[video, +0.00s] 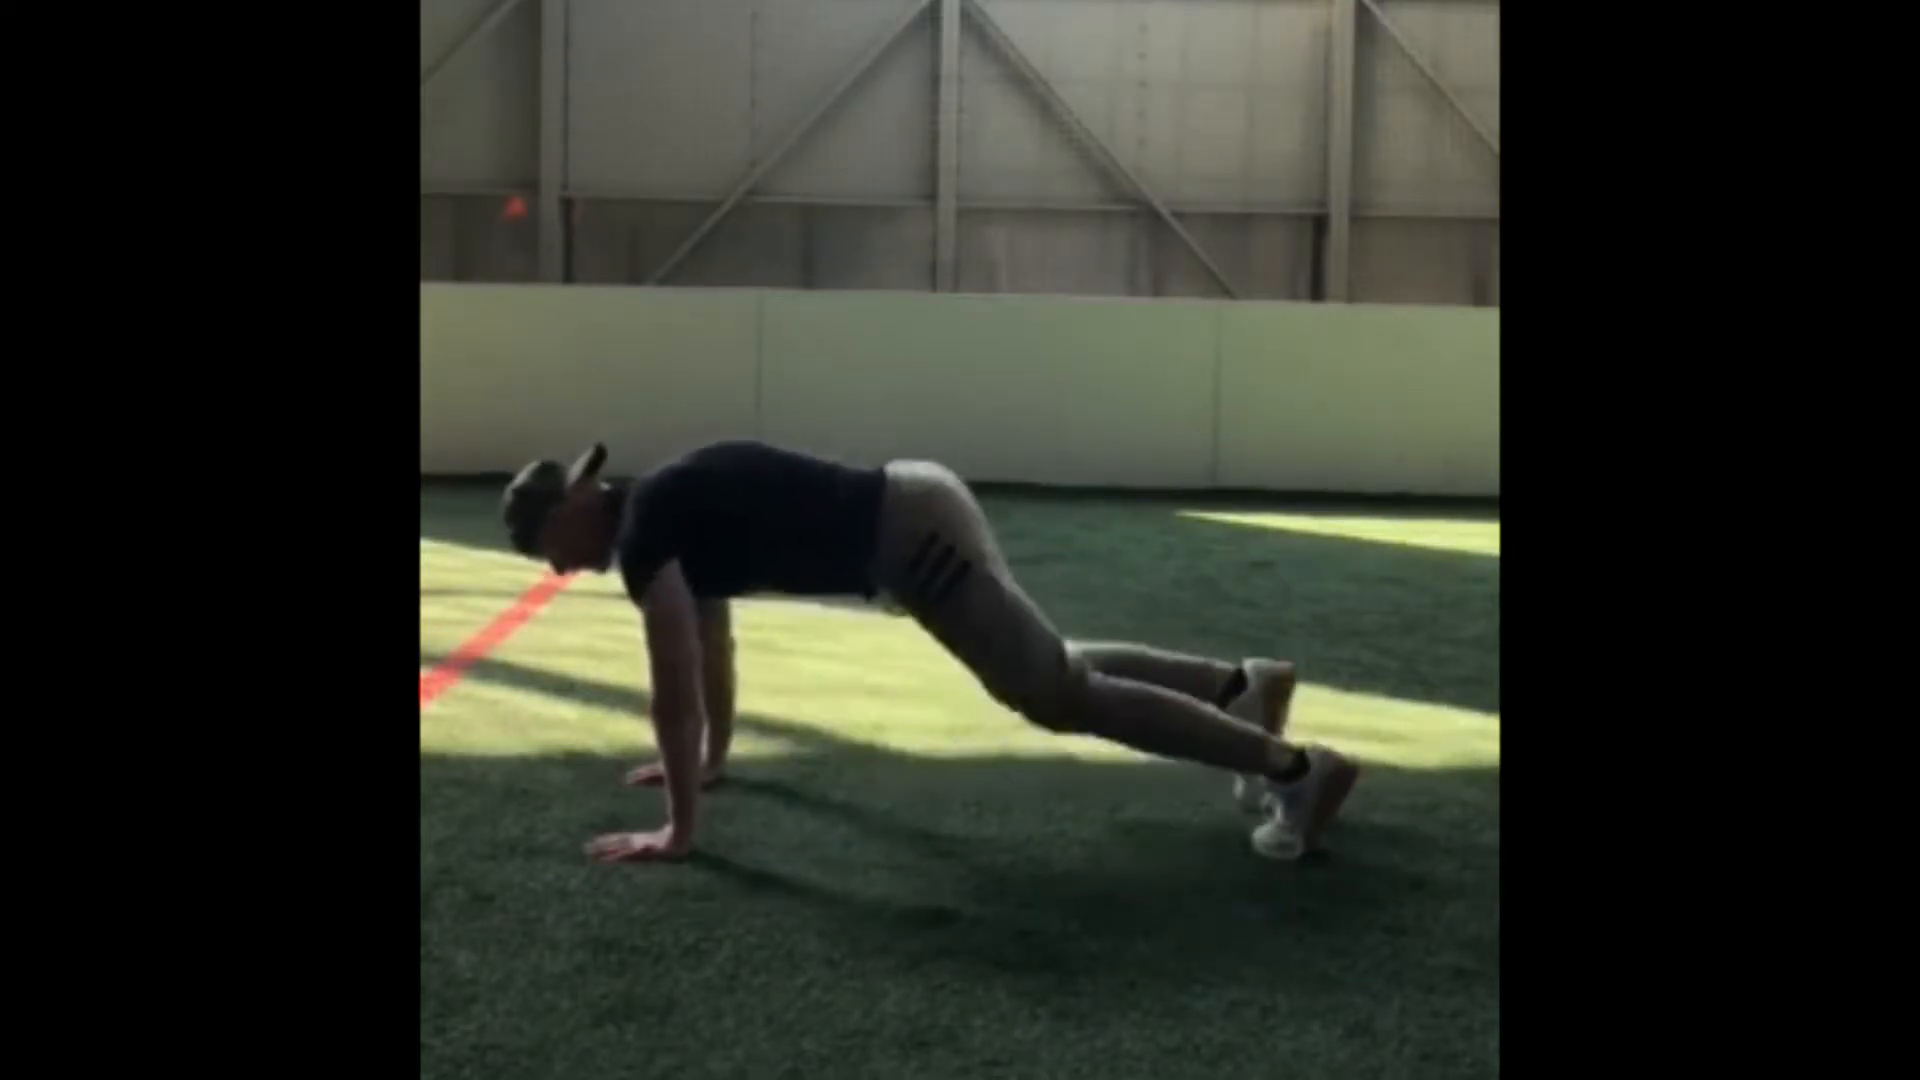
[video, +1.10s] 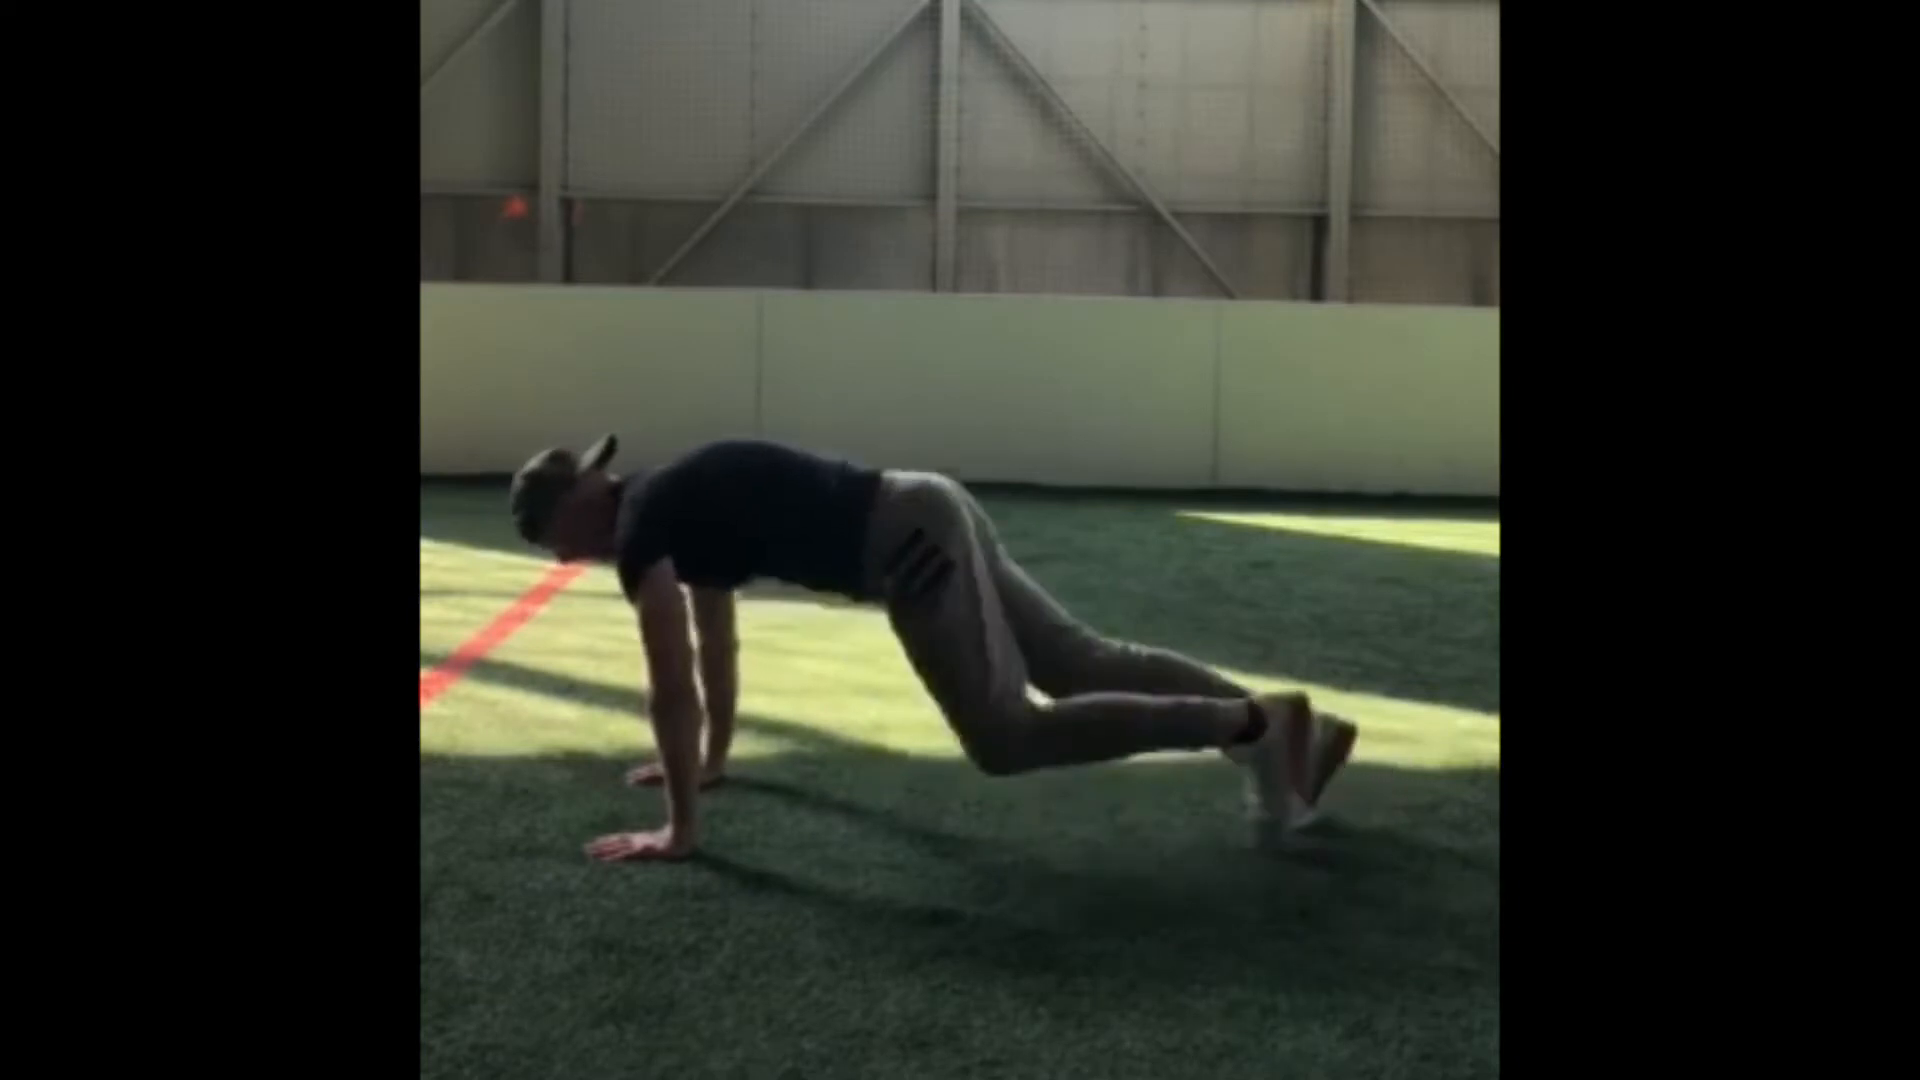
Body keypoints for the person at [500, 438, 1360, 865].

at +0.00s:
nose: (567, 571)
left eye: (559, 556)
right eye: (555, 561)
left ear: (580, 511)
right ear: (590, 498)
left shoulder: (648, 538)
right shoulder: (672, 504)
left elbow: (674, 694)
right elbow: (714, 654)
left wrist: (677, 832)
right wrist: (707, 756)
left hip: (919, 536)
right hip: (922, 504)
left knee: (1060, 700)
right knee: (1050, 674)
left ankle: (1297, 771)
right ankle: (1238, 688)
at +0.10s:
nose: (567, 571)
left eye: (560, 555)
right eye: (556, 560)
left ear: (580, 512)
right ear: (592, 496)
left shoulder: (643, 529)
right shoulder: (675, 500)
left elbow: (669, 684)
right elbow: (712, 645)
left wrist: (677, 830)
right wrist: (706, 753)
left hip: (904, 507)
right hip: (901, 477)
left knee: (1086, 660)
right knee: (884, 624)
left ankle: (1309, 756)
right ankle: (1073, 676)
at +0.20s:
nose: (577, 567)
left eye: (569, 552)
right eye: (566, 556)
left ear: (585, 510)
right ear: (602, 487)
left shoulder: (641, 531)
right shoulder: (689, 492)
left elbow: (669, 684)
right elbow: (715, 649)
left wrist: (677, 828)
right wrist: (705, 758)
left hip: (898, 536)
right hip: (910, 478)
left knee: (1084, 673)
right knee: (799, 558)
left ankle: (1314, 768)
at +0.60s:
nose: (582, 563)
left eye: (574, 548)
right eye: (572, 551)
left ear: (587, 513)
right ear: (611, 482)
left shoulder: (645, 531)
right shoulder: (696, 496)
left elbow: (672, 687)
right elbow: (718, 656)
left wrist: (676, 827)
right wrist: (709, 757)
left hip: (908, 530)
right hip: (919, 475)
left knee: (1094, 672)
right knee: (798, 575)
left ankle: (1324, 762)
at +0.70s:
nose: (577, 563)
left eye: (567, 548)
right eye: (565, 551)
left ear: (582, 509)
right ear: (602, 482)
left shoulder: (643, 530)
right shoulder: (685, 500)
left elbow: (670, 687)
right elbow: (712, 656)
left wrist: (677, 829)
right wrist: (705, 758)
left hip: (913, 526)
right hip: (911, 501)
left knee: (1111, 668)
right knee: (898, 671)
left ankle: (1328, 760)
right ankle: (1087, 647)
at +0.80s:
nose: (577, 559)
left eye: (568, 542)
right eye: (565, 547)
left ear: (586, 505)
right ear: (604, 483)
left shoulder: (648, 529)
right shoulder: (686, 505)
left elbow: (673, 683)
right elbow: (715, 661)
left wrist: (676, 827)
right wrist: (706, 762)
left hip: (923, 567)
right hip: (918, 560)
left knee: (1110, 683)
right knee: (1016, 726)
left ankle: (1345, 768)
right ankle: (1210, 681)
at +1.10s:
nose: (577, 565)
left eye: (568, 550)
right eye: (564, 554)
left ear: (585, 507)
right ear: (601, 487)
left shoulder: (644, 530)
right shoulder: (688, 500)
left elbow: (670, 687)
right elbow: (719, 658)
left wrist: (679, 829)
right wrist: (706, 762)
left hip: (909, 538)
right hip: (935, 505)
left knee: (1002, 743)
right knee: (1073, 663)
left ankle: (1252, 725)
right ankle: (1284, 727)